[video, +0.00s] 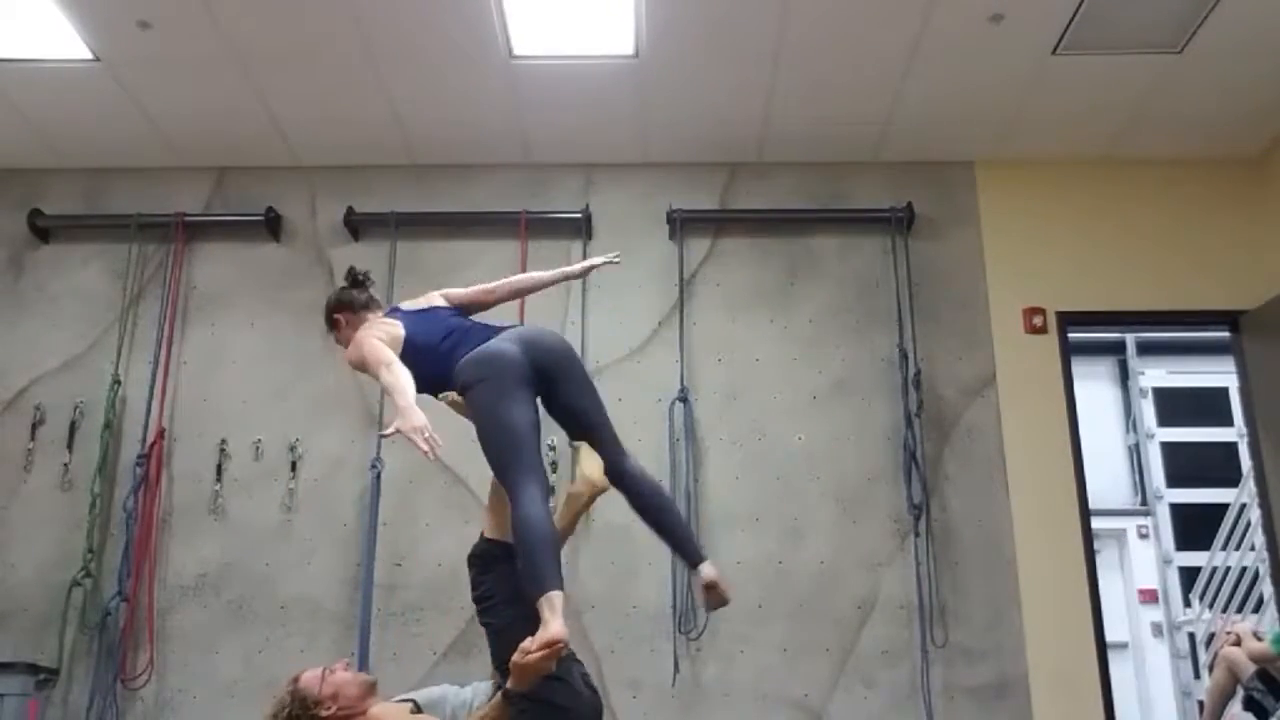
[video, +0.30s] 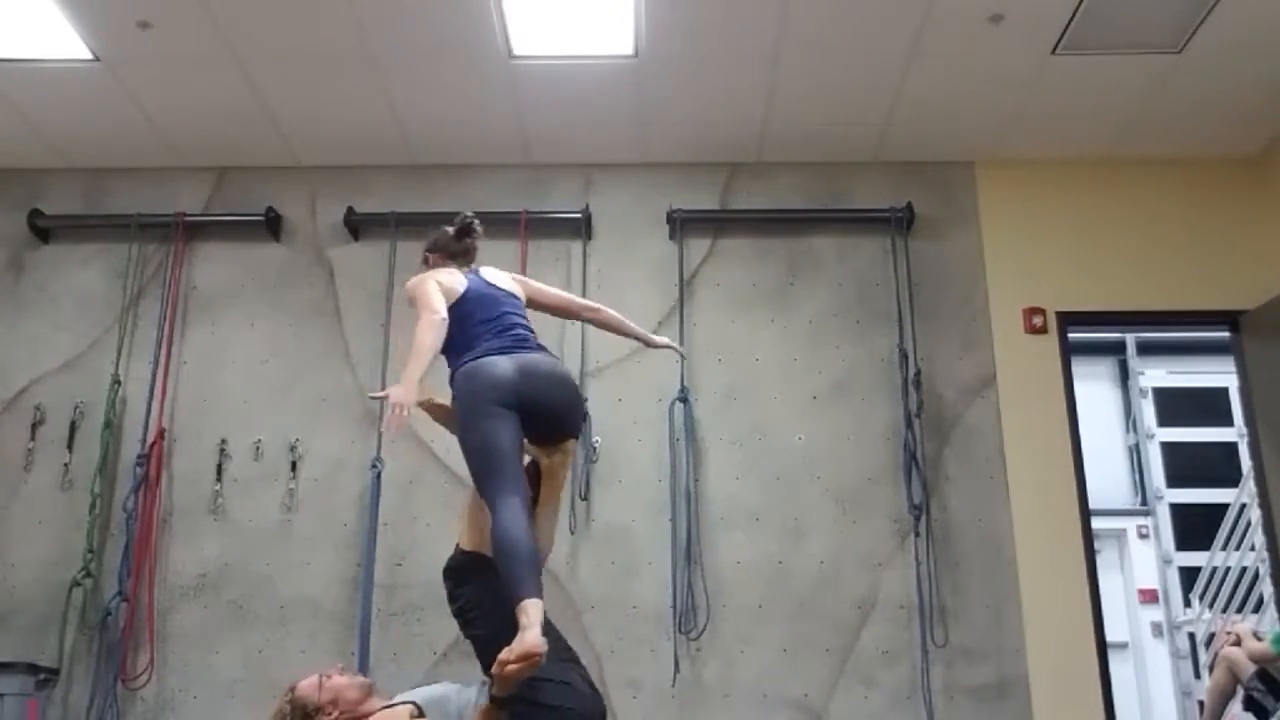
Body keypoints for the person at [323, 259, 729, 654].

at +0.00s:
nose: (345, 349)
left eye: (338, 340)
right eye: (340, 342)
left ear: (345, 322)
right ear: (372, 305)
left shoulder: (366, 342)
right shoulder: (422, 302)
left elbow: (392, 370)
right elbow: (500, 289)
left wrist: (407, 408)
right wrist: (569, 272)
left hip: (489, 365)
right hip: (539, 339)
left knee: (527, 492)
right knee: (619, 464)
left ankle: (553, 621)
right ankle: (701, 566)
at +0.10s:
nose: (347, 308)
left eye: (344, 299)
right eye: (345, 300)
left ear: (352, 288)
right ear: (385, 278)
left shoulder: (368, 312)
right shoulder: (438, 287)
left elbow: (402, 344)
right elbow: (511, 290)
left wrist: (422, 394)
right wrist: (591, 287)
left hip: (481, 366)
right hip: (543, 354)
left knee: (516, 493)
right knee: (566, 480)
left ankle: (548, 625)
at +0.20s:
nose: (393, 278)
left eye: (393, 271)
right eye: (393, 272)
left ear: (404, 265)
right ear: (441, 260)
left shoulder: (404, 284)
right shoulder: (483, 276)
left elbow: (417, 322)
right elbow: (564, 293)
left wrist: (395, 396)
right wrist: (637, 306)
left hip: (479, 375)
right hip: (543, 374)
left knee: (502, 501)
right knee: (537, 455)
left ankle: (528, 632)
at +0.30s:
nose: (420, 267)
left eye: (421, 262)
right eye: (422, 262)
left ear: (431, 260)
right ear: (469, 258)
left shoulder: (426, 281)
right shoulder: (505, 278)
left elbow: (435, 317)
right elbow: (584, 309)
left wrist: (408, 382)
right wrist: (647, 337)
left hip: (483, 379)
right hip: (546, 374)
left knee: (508, 503)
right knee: (556, 446)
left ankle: (531, 627)